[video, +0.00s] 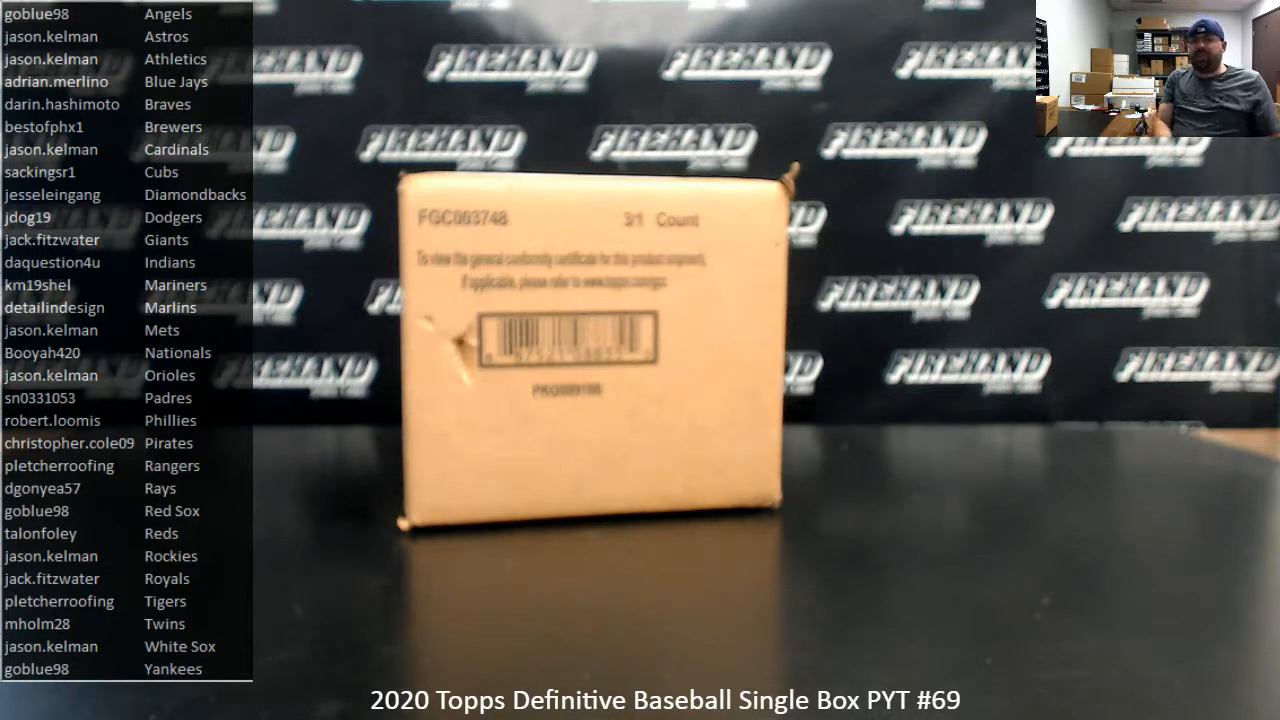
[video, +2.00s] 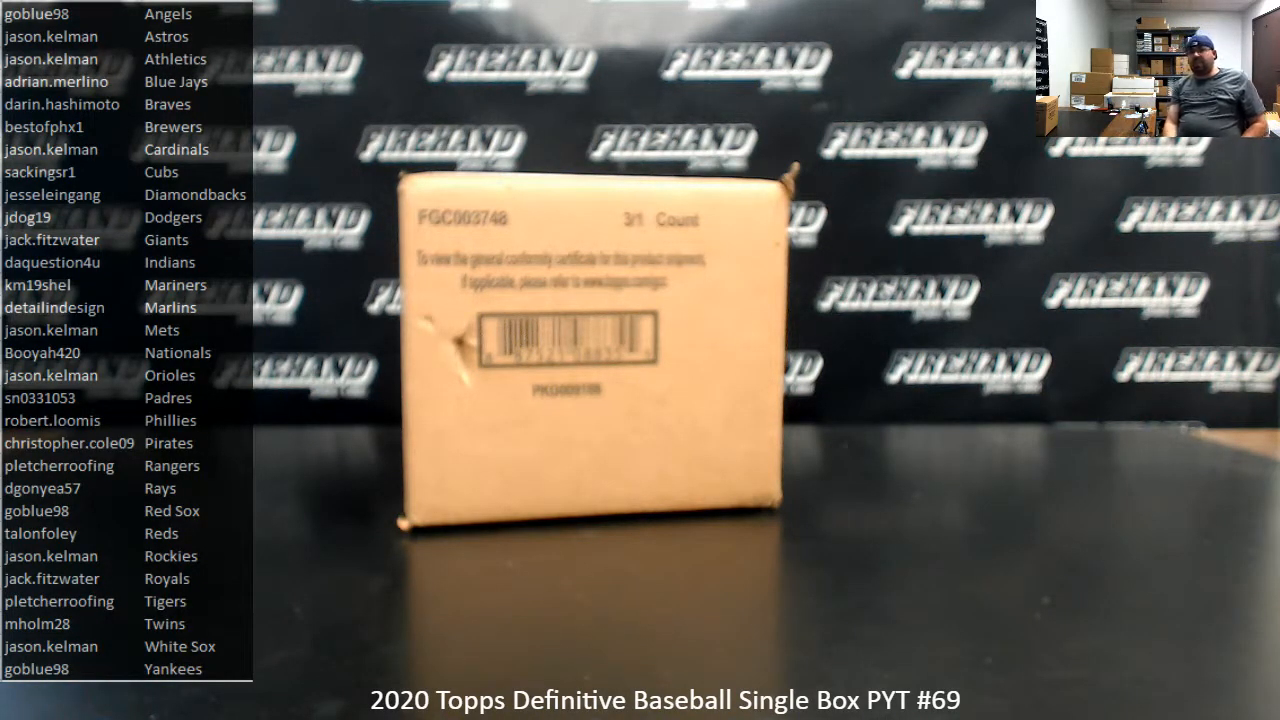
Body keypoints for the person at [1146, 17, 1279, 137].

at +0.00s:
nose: (1200, 46)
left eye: (1208, 40)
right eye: (1193, 41)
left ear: (1223, 46)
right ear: (1186, 47)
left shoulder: (1251, 81)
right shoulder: (1177, 79)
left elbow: (1273, 135)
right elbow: (1161, 122)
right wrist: (1168, 151)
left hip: (1235, 166)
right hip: (1183, 166)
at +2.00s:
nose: (1196, 55)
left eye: (1201, 50)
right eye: (1191, 52)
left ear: (1214, 54)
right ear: (1187, 57)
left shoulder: (1238, 80)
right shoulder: (1181, 86)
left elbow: (1260, 123)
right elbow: (1171, 122)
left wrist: (1237, 150)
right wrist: (1168, 150)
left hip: (1226, 154)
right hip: (1186, 154)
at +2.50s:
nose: (1197, 57)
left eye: (1203, 51)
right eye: (1194, 52)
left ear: (1221, 52)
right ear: (1191, 54)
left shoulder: (1248, 82)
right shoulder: (1190, 83)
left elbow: (1267, 134)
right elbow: (1176, 120)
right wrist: (1167, 149)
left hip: (1229, 162)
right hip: (1187, 160)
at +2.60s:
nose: (1190, 58)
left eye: (1196, 51)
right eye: (1190, 52)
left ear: (1217, 51)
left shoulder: (1247, 83)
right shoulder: (1191, 82)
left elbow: (1266, 136)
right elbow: (1176, 120)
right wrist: (1164, 149)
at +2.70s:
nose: (1185, 58)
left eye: (1191, 52)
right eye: (1185, 52)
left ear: (1214, 51)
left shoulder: (1245, 85)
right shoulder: (1189, 83)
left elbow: (1265, 140)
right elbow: (1175, 121)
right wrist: (1164, 151)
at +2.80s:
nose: (1174, 61)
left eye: (1180, 54)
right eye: (1175, 55)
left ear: (1203, 53)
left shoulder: (1237, 89)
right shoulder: (1185, 85)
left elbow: (1262, 141)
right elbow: (1173, 122)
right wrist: (1163, 152)